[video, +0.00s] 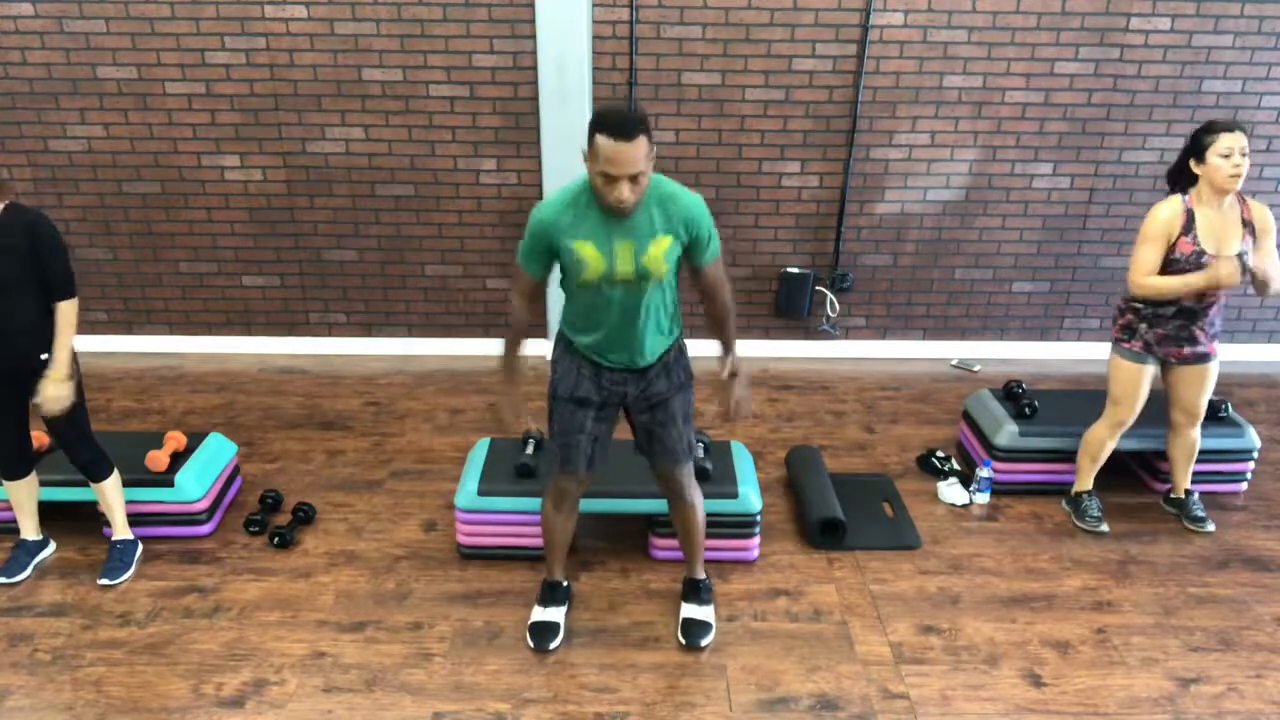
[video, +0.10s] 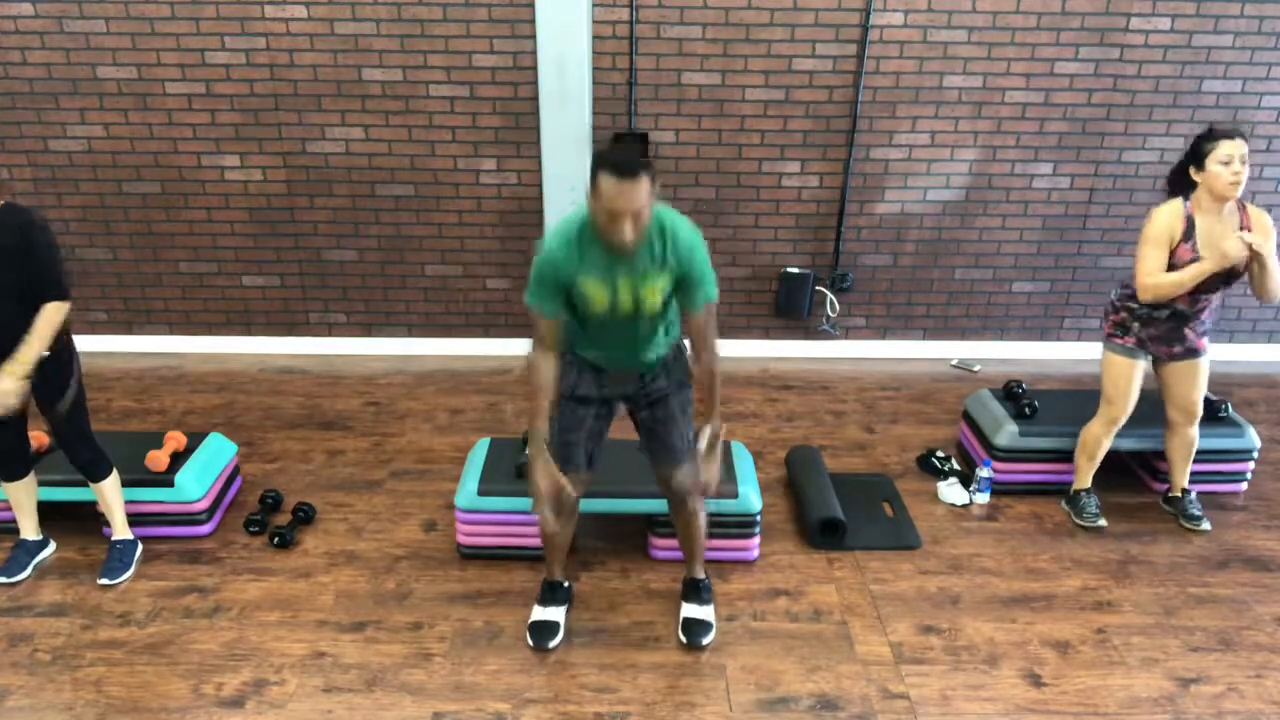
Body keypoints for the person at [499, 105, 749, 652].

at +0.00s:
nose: (623, 192)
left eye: (635, 177)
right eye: (609, 178)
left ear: (652, 161)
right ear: (587, 162)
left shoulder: (685, 211)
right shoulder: (551, 220)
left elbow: (715, 286)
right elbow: (525, 296)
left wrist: (732, 360)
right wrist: (510, 368)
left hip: (660, 364)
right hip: (583, 364)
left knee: (677, 477)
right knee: (566, 481)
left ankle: (697, 583)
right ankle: (553, 586)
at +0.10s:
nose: (626, 229)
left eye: (637, 215)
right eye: (613, 215)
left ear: (653, 200)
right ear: (591, 201)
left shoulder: (682, 242)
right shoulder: (559, 251)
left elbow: (704, 344)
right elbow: (545, 351)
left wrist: (710, 439)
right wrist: (538, 450)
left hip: (659, 367)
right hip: (582, 369)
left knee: (683, 483)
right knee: (559, 485)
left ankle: (698, 582)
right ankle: (554, 583)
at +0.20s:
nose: (626, 299)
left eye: (637, 285)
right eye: (614, 284)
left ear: (653, 269)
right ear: (594, 269)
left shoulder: (682, 301)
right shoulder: (563, 308)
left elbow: (697, 404)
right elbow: (555, 411)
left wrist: (688, 490)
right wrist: (566, 502)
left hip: (656, 394)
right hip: (586, 397)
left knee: (688, 494)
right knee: (556, 499)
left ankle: (697, 586)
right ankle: (555, 585)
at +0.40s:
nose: (625, 418)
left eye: (636, 406)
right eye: (612, 406)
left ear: (652, 385)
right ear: (596, 386)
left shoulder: (681, 402)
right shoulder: (565, 405)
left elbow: (694, 508)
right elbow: (562, 508)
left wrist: (675, 511)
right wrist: (589, 508)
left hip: (657, 456)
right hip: (589, 456)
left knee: (697, 524)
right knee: (548, 524)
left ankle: (697, 587)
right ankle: (553, 589)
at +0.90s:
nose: (626, 340)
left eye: (638, 324)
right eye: (614, 323)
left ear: (656, 312)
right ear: (597, 310)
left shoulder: (681, 348)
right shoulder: (569, 348)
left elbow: (705, 447)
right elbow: (540, 444)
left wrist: (699, 527)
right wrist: (554, 521)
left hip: (656, 416)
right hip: (591, 413)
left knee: (681, 497)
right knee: (562, 495)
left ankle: (696, 585)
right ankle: (555, 587)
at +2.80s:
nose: (623, 318)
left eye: (636, 303)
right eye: (611, 303)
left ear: (652, 289)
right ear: (593, 288)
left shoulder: (678, 325)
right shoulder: (563, 328)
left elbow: (717, 421)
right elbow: (521, 420)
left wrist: (733, 508)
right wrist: (518, 512)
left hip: (658, 407)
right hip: (582, 409)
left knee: (691, 509)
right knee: (554, 511)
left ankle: (702, 586)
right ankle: (554, 587)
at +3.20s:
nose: (623, 197)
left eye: (635, 183)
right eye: (609, 183)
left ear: (653, 164)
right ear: (589, 165)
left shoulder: (682, 207)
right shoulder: (556, 213)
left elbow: (733, 262)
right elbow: (504, 274)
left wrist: (767, 330)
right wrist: (467, 342)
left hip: (664, 368)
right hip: (585, 367)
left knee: (681, 477)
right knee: (567, 482)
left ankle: (701, 584)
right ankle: (555, 586)